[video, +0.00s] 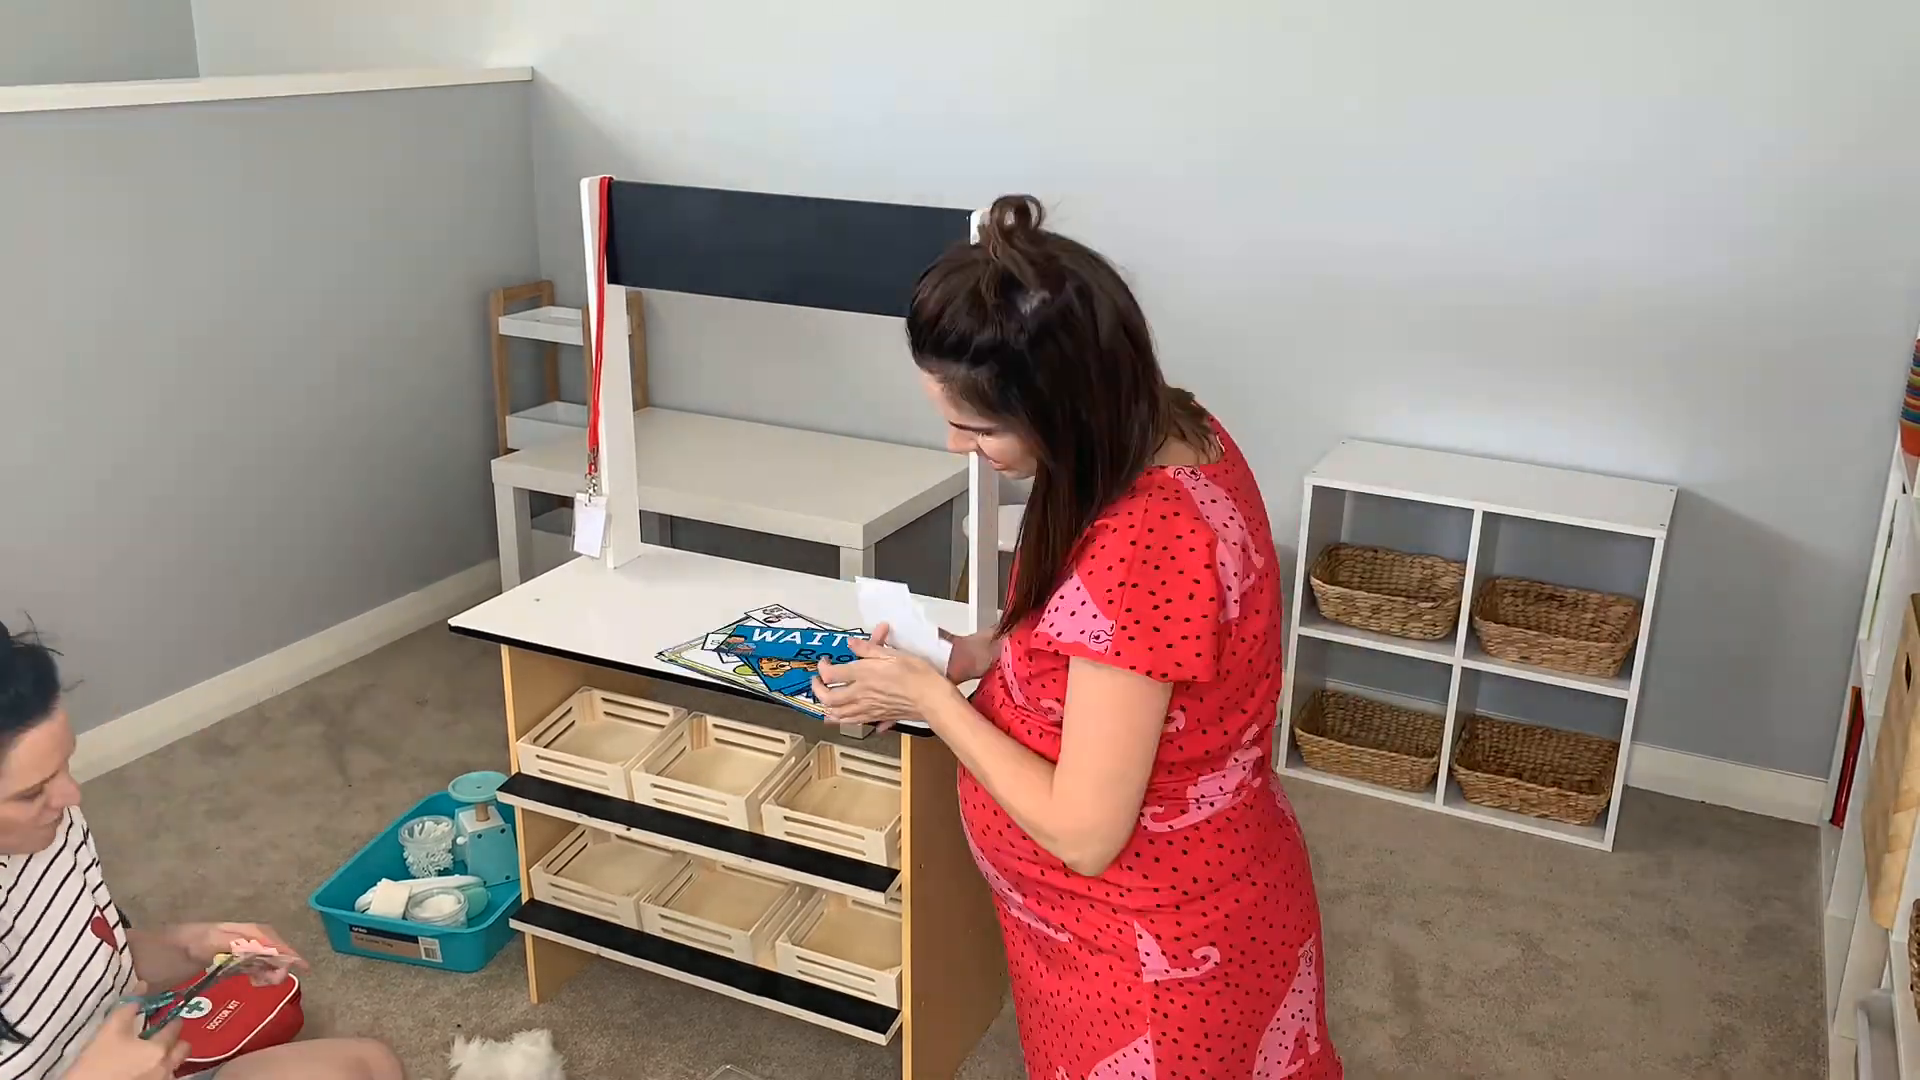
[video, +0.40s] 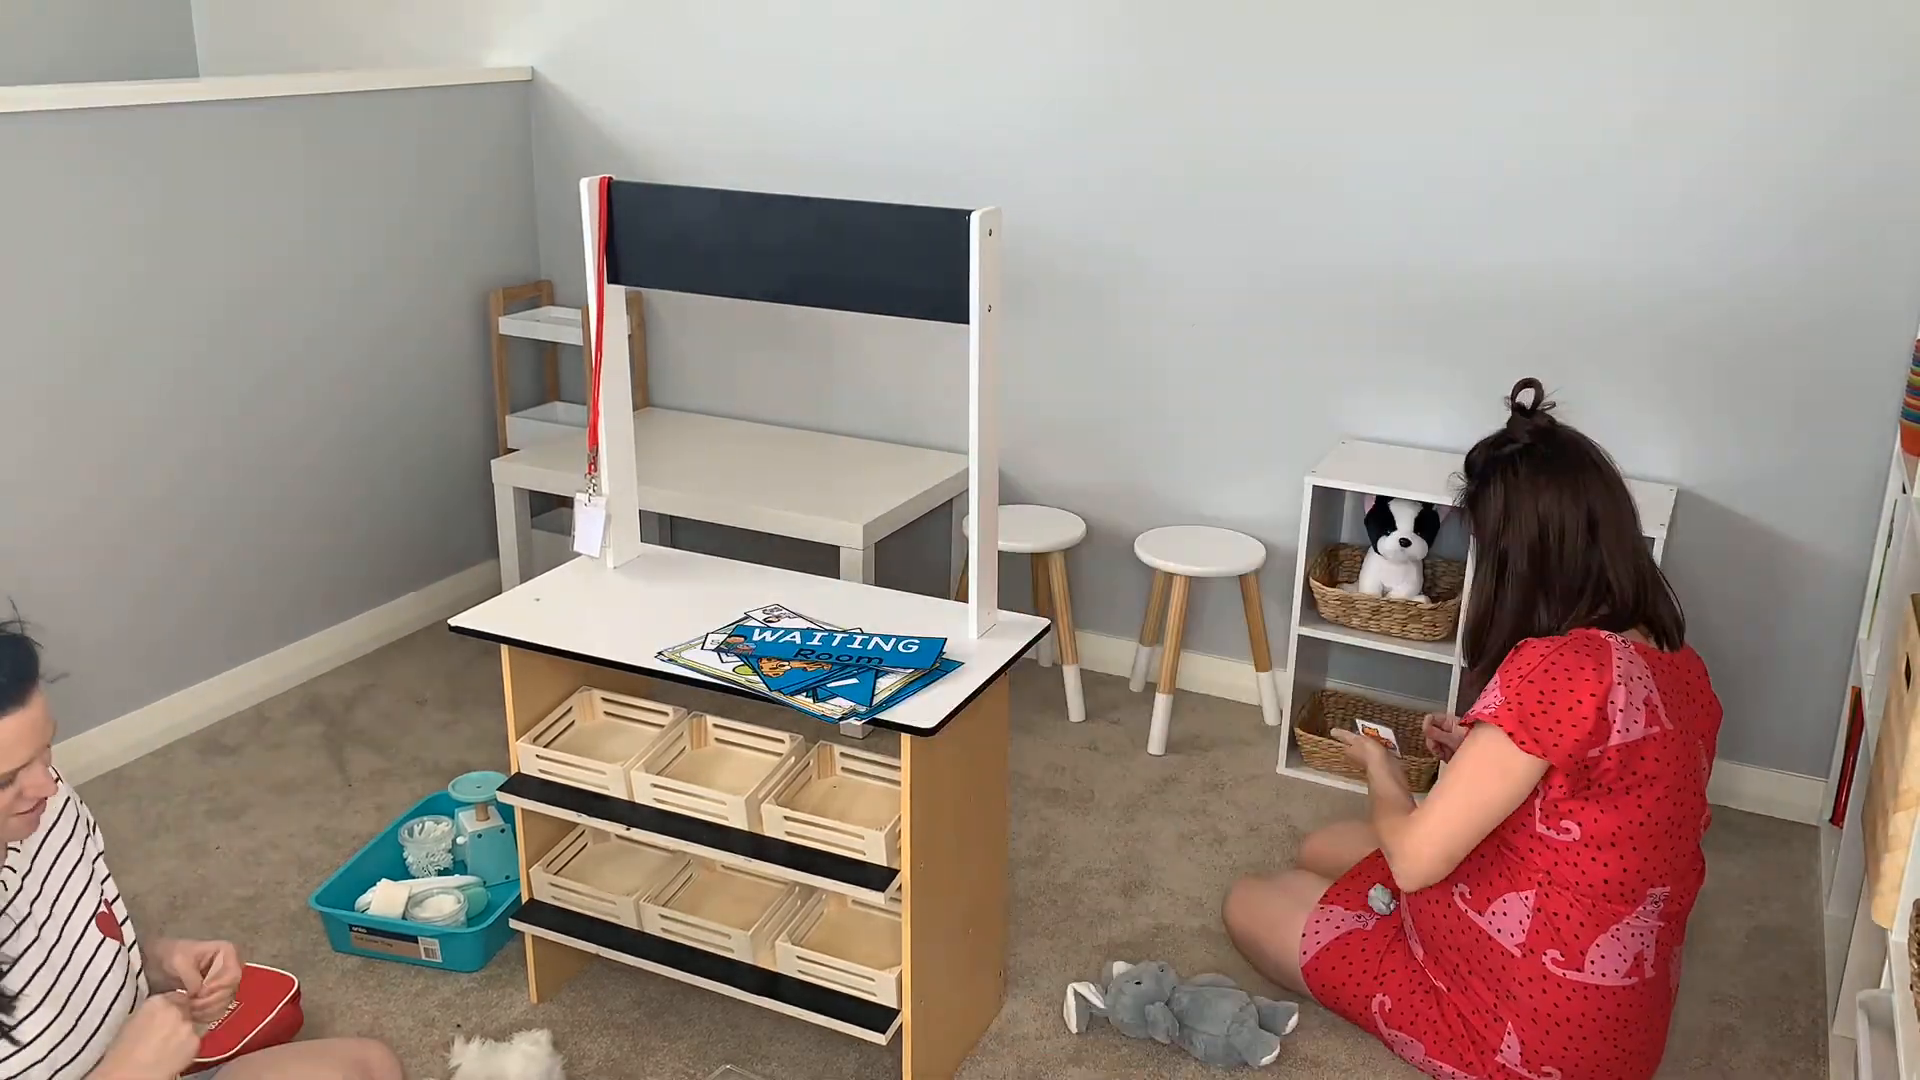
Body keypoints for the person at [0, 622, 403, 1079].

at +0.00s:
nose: (69, 797)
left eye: (64, 765)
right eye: (33, 793)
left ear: (61, 736)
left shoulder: (57, 815)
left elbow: (100, 951)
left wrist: (189, 947)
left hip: (125, 1050)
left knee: (373, 1063)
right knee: (368, 1063)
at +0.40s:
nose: (45, 788)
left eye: (43, 754)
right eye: (11, 778)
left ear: (45, 726)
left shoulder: (53, 793)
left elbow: (86, 931)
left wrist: (158, 957)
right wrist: (123, 1068)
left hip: (133, 1042)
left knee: (372, 1062)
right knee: (368, 1063)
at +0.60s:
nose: (53, 822)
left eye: (58, 788)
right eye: (16, 811)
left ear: (61, 752)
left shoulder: (72, 816)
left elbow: (160, 979)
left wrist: (266, 1070)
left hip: (162, 1067)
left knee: (374, 1062)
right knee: (371, 1063)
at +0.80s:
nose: (48, 705)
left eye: (23, 684)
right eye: (8, 706)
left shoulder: (44, 802)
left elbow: (81, 929)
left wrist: (167, 963)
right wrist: (125, 1066)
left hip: (133, 1040)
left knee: (373, 1063)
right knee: (370, 1064)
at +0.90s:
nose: (13, 815)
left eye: (20, 775)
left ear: (30, 747)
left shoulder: (35, 797)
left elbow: (68, 943)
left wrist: (167, 986)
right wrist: (146, 1073)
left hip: (141, 1048)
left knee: (373, 1063)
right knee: (370, 1064)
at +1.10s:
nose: (113, 822)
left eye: (114, 791)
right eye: (79, 809)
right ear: (3, 802)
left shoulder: (54, 841)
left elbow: (88, 949)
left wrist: (199, 982)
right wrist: (261, 1068)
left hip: (160, 1059)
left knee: (375, 1062)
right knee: (372, 1063)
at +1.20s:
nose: (14, 716)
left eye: (7, 691)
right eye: (4, 697)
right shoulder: (24, 895)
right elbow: (214, 1039)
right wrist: (379, 1068)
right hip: (82, 1070)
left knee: (250, 933)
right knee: (248, 934)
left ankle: (304, 939)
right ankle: (313, 935)